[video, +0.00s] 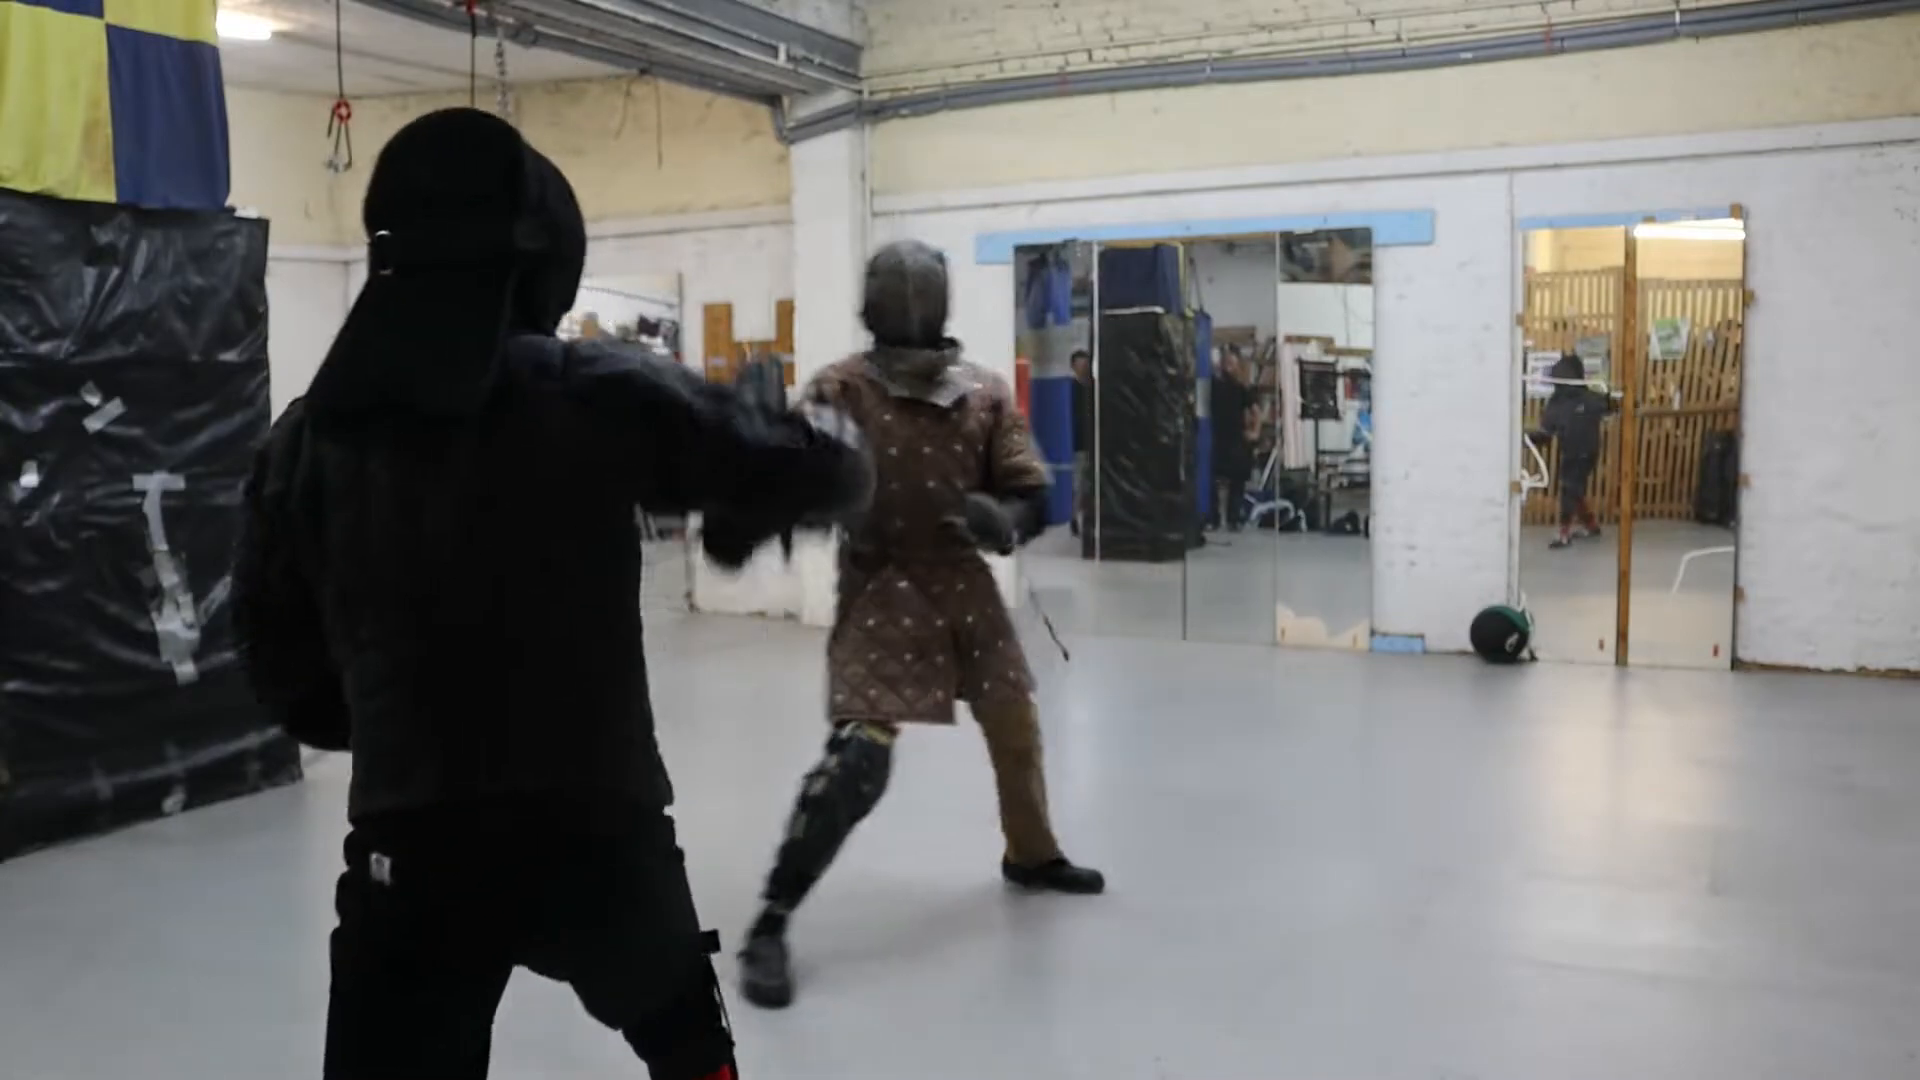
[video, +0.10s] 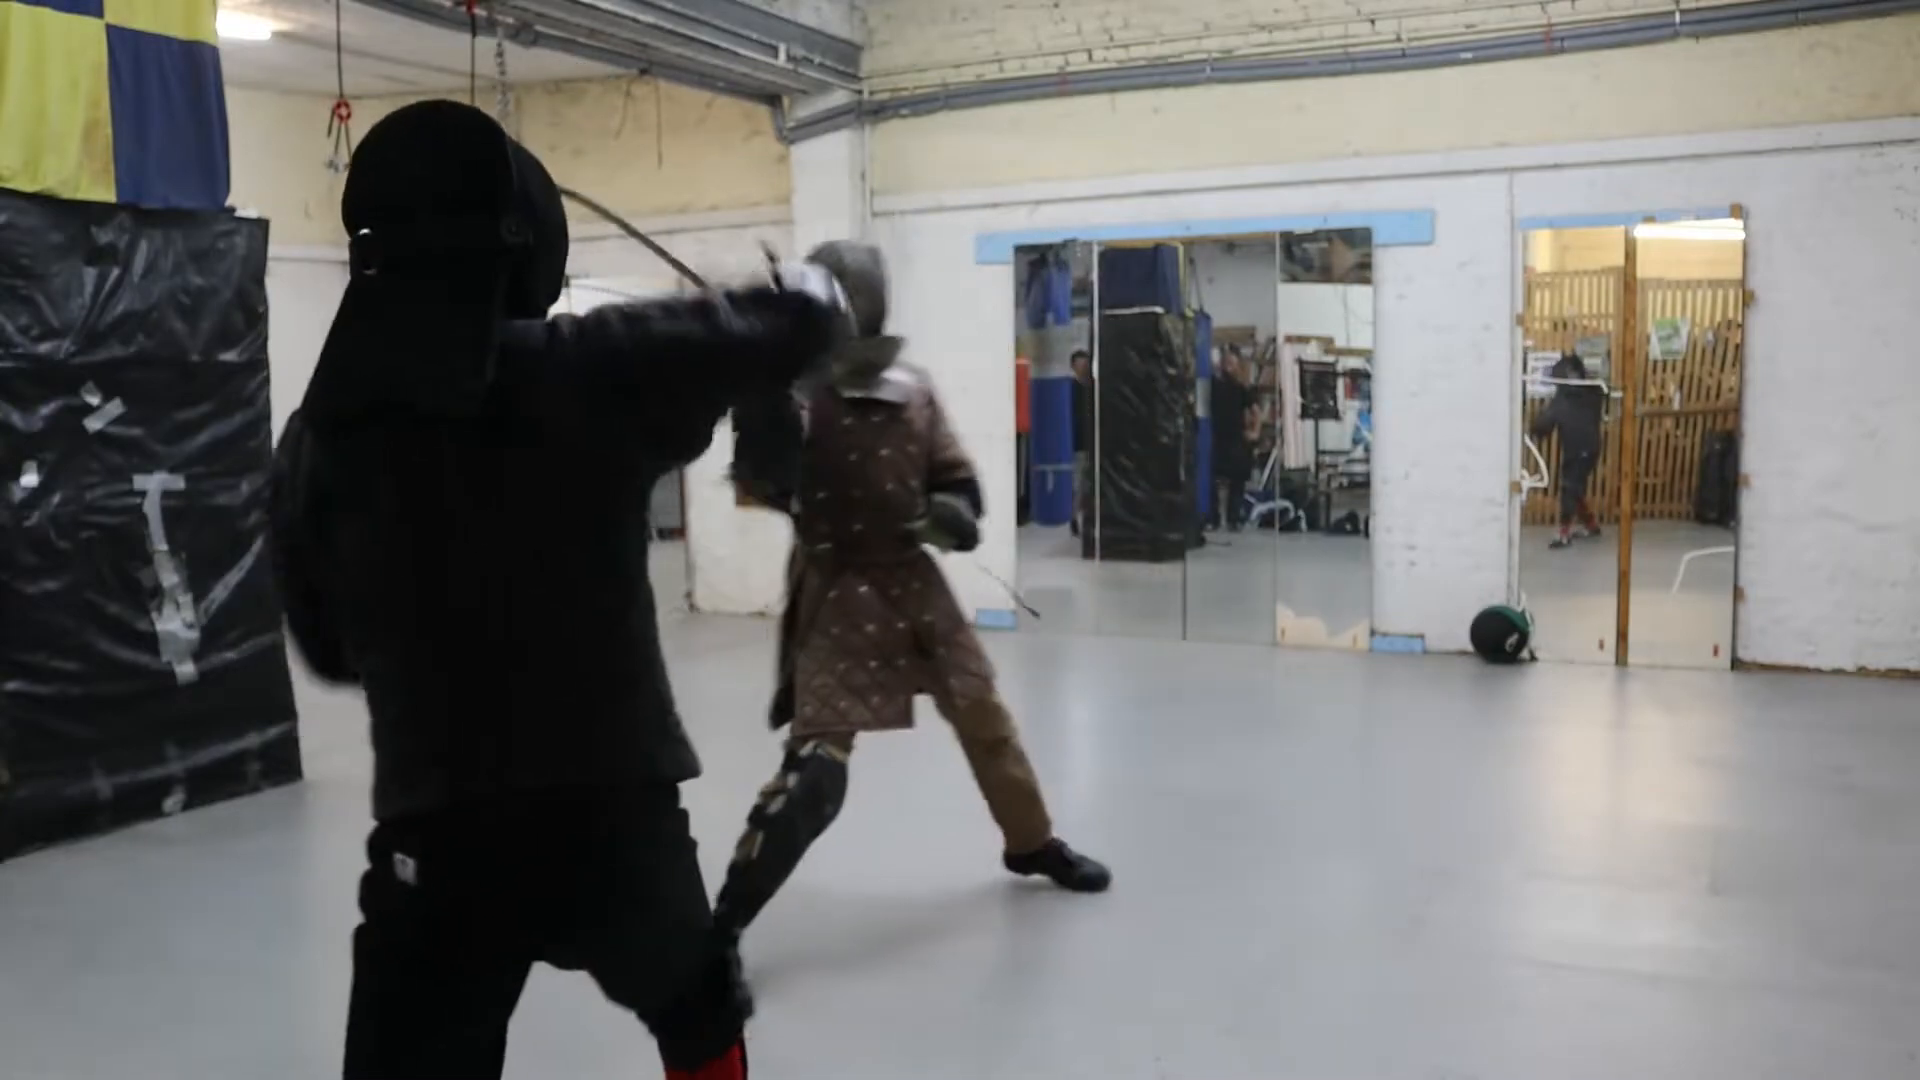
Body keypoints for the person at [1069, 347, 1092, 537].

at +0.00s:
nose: (1083, 368)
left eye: (1085, 363)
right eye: (1079, 364)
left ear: (1090, 365)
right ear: (1073, 367)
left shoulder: (1094, 386)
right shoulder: (1074, 387)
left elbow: (1095, 413)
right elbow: (1073, 415)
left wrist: (1096, 438)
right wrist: (1074, 441)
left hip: (1093, 443)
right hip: (1080, 444)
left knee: (1091, 486)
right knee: (1079, 486)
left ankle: (1091, 519)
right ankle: (1075, 517)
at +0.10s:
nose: (1083, 368)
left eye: (1085, 363)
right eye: (1079, 364)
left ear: (1090, 365)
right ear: (1073, 367)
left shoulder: (1094, 386)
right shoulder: (1073, 387)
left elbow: (1097, 413)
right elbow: (1071, 415)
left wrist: (1097, 438)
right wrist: (1073, 440)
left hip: (1094, 442)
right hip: (1080, 443)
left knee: (1092, 487)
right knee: (1079, 486)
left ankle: (1092, 520)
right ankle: (1075, 518)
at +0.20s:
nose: (1083, 368)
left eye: (1085, 363)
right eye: (1079, 364)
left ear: (1090, 365)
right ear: (1073, 367)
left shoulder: (1094, 386)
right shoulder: (1073, 387)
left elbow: (1096, 413)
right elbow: (1072, 415)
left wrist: (1097, 438)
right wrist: (1073, 440)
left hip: (1093, 442)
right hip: (1080, 443)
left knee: (1091, 486)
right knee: (1079, 486)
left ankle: (1091, 520)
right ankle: (1075, 518)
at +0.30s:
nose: (1083, 368)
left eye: (1085, 363)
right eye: (1079, 364)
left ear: (1090, 365)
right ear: (1073, 367)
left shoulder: (1094, 386)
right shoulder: (1073, 387)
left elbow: (1096, 413)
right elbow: (1073, 415)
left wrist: (1097, 437)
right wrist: (1074, 440)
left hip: (1093, 442)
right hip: (1080, 443)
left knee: (1091, 486)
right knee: (1079, 486)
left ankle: (1091, 520)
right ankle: (1075, 518)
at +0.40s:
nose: (1083, 368)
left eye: (1085, 363)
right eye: (1079, 364)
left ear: (1090, 365)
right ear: (1073, 367)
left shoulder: (1094, 386)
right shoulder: (1073, 387)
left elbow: (1096, 413)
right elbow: (1072, 415)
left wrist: (1097, 437)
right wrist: (1073, 440)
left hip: (1093, 442)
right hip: (1080, 443)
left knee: (1092, 486)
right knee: (1079, 486)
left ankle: (1091, 520)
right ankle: (1075, 518)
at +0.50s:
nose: (1083, 368)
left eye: (1085, 363)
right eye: (1079, 364)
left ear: (1090, 365)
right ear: (1073, 366)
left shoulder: (1094, 385)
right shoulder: (1072, 387)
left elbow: (1097, 412)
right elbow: (1071, 415)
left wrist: (1098, 438)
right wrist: (1073, 441)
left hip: (1094, 442)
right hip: (1079, 443)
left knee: (1092, 486)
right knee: (1078, 486)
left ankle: (1092, 519)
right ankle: (1074, 518)